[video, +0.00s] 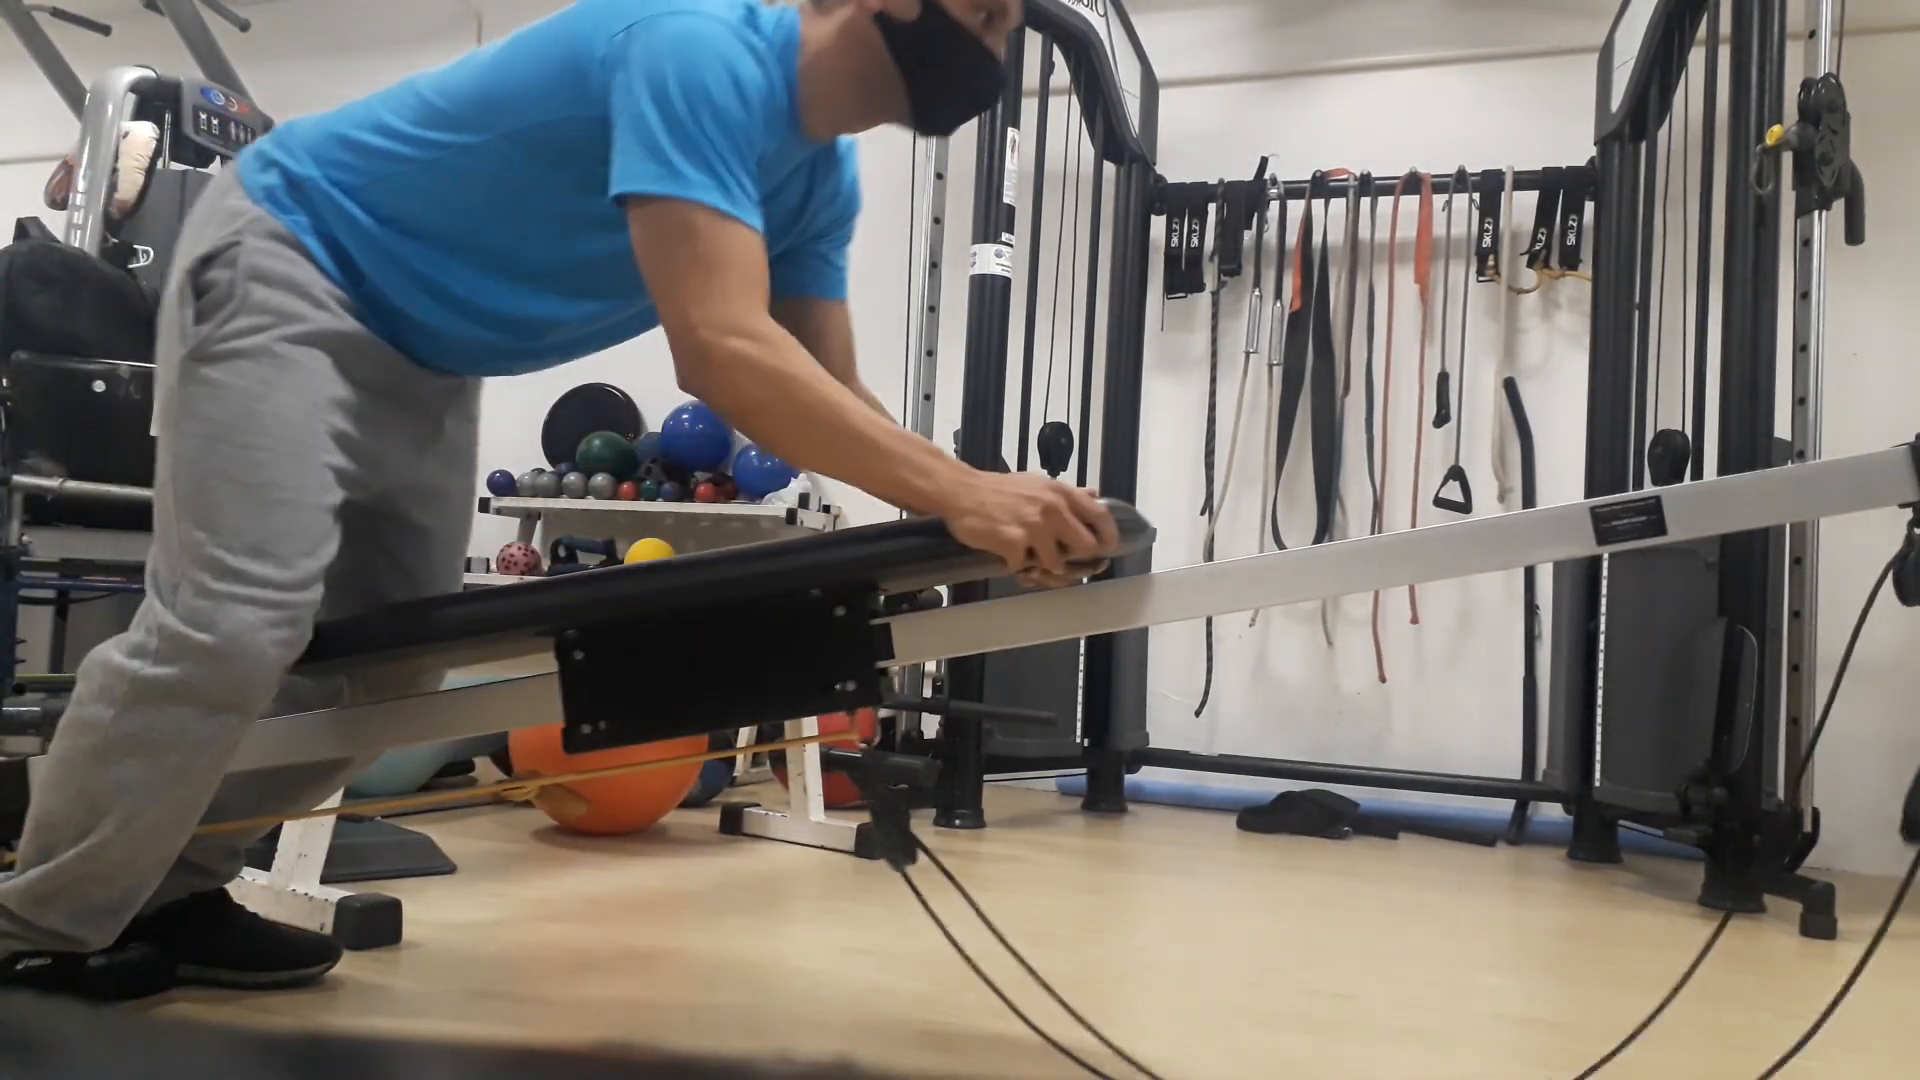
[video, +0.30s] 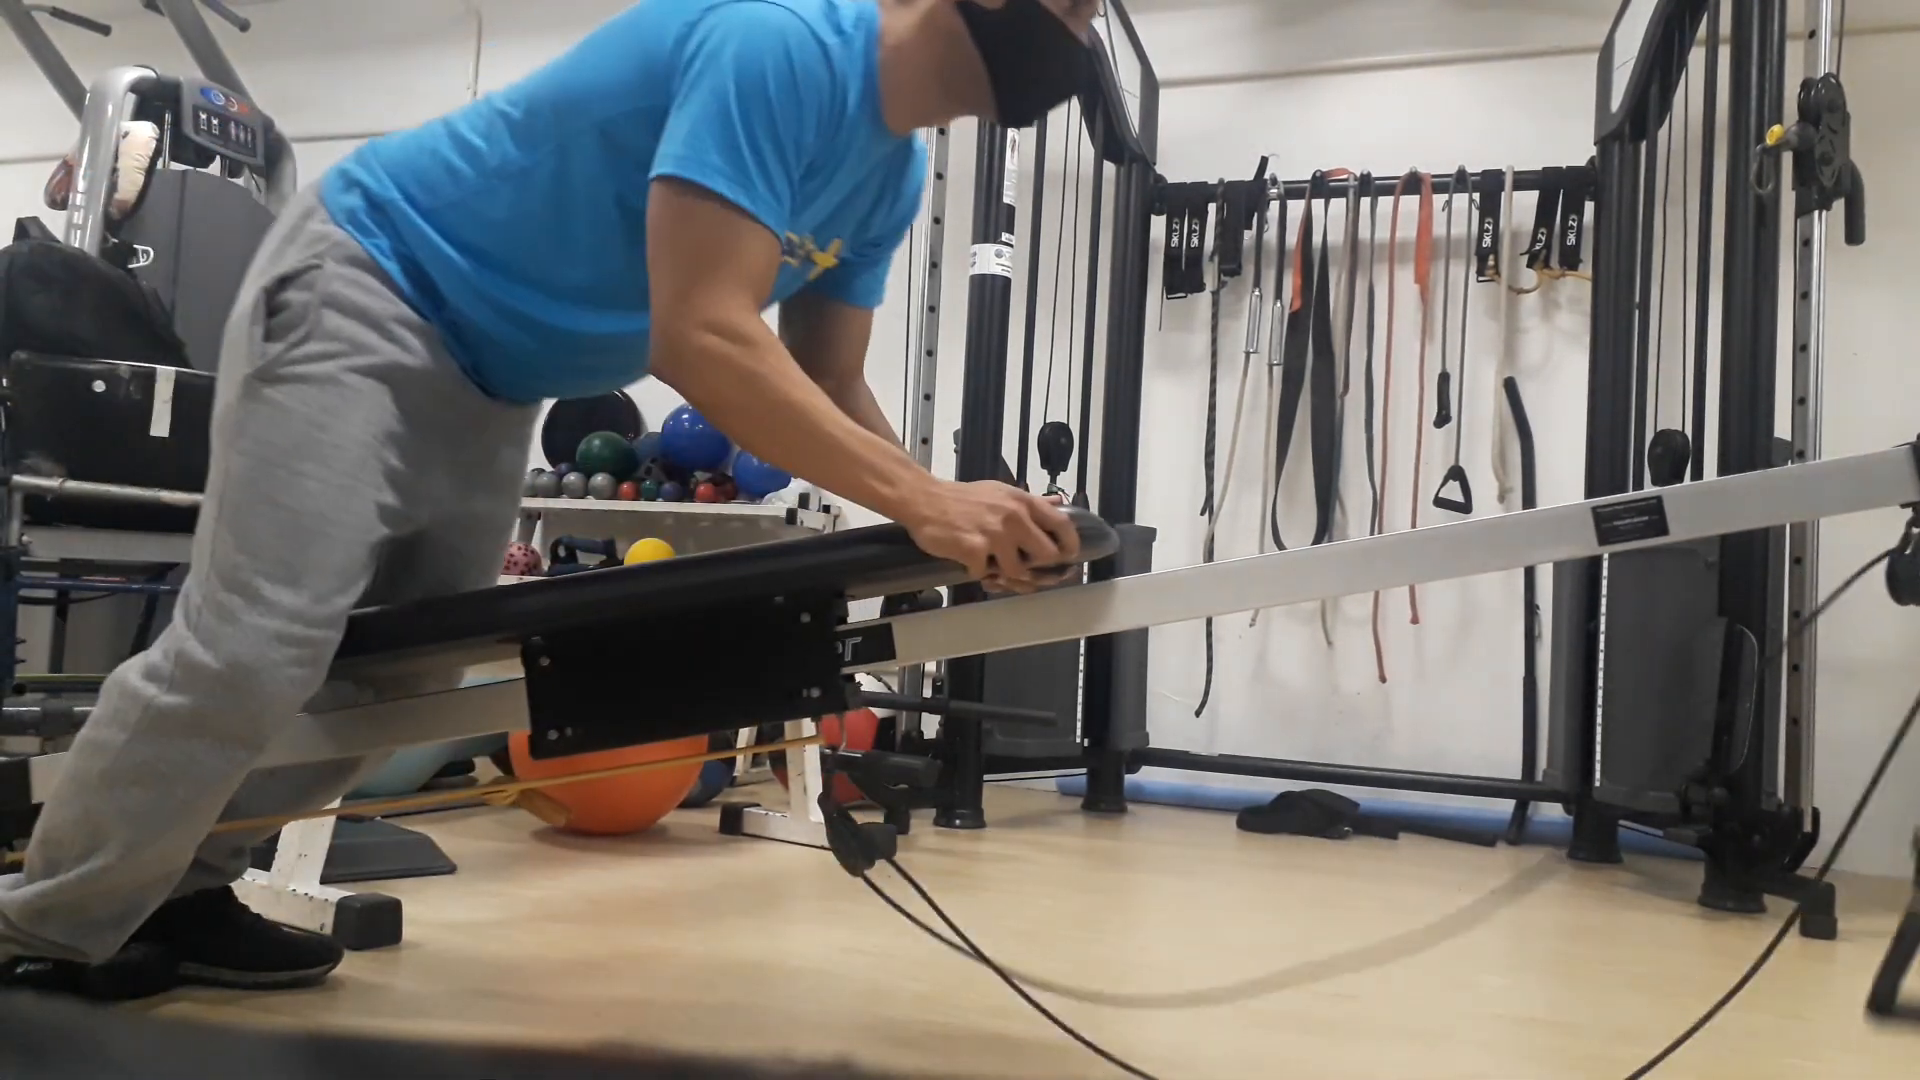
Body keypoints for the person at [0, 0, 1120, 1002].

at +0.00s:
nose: (1002, 44)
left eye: (1013, 34)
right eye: (991, 15)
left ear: (912, 36)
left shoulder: (819, 168)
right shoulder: (701, 55)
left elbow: (821, 384)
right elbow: (722, 352)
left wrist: (975, 496)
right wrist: (956, 492)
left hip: (426, 349)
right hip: (287, 253)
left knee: (391, 664)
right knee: (233, 627)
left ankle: (168, 883)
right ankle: (39, 926)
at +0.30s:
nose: (1041, 73)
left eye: (1057, 58)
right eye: (1040, 40)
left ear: (1005, 49)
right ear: (968, 1)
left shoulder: (894, 164)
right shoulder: (784, 49)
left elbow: (823, 376)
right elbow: (700, 341)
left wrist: (947, 511)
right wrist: (922, 503)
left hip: (492, 377)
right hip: (371, 275)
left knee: (420, 681)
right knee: (254, 659)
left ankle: (178, 875)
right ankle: (43, 929)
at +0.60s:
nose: (1141, 104)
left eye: (1155, 78)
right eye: (1132, 63)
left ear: (1063, 43)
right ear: (1038, 15)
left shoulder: (966, 202)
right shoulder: (853, 73)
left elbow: (846, 384)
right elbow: (699, 338)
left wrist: (939, 513)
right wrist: (909, 497)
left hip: (544, 415)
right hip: (438, 311)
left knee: (442, 697)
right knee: (295, 675)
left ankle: (195, 879)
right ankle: (52, 936)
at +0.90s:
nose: (1220, 164)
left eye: (1236, 136)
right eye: (1214, 119)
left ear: (1136, 101)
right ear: (1120, 71)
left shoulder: (1018, 266)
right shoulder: (926, 132)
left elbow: (851, 397)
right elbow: (706, 323)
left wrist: (936, 518)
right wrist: (905, 507)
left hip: (599, 465)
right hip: (493, 353)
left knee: (455, 716)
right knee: (309, 693)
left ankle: (206, 884)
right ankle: (58, 950)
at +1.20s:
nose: (1303, 256)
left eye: (1315, 226)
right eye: (1290, 215)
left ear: (1208, 199)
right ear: (1187, 176)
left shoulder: (1074, 340)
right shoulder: (991, 221)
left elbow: (868, 400)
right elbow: (723, 315)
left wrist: (954, 510)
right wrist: (904, 506)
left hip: (628, 500)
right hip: (530, 395)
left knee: (485, 727)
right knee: (302, 729)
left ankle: (220, 853)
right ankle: (64, 949)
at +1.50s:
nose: (1315, 347)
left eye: (1332, 319)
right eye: (1305, 302)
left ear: (1225, 293)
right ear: (1208, 263)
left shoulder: (1085, 426)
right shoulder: (1024, 308)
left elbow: (858, 494)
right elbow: (731, 308)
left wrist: (973, 559)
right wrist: (910, 510)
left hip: (621, 550)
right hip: (538, 427)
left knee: (493, 750)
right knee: (294, 726)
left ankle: (236, 848)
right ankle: (60, 945)